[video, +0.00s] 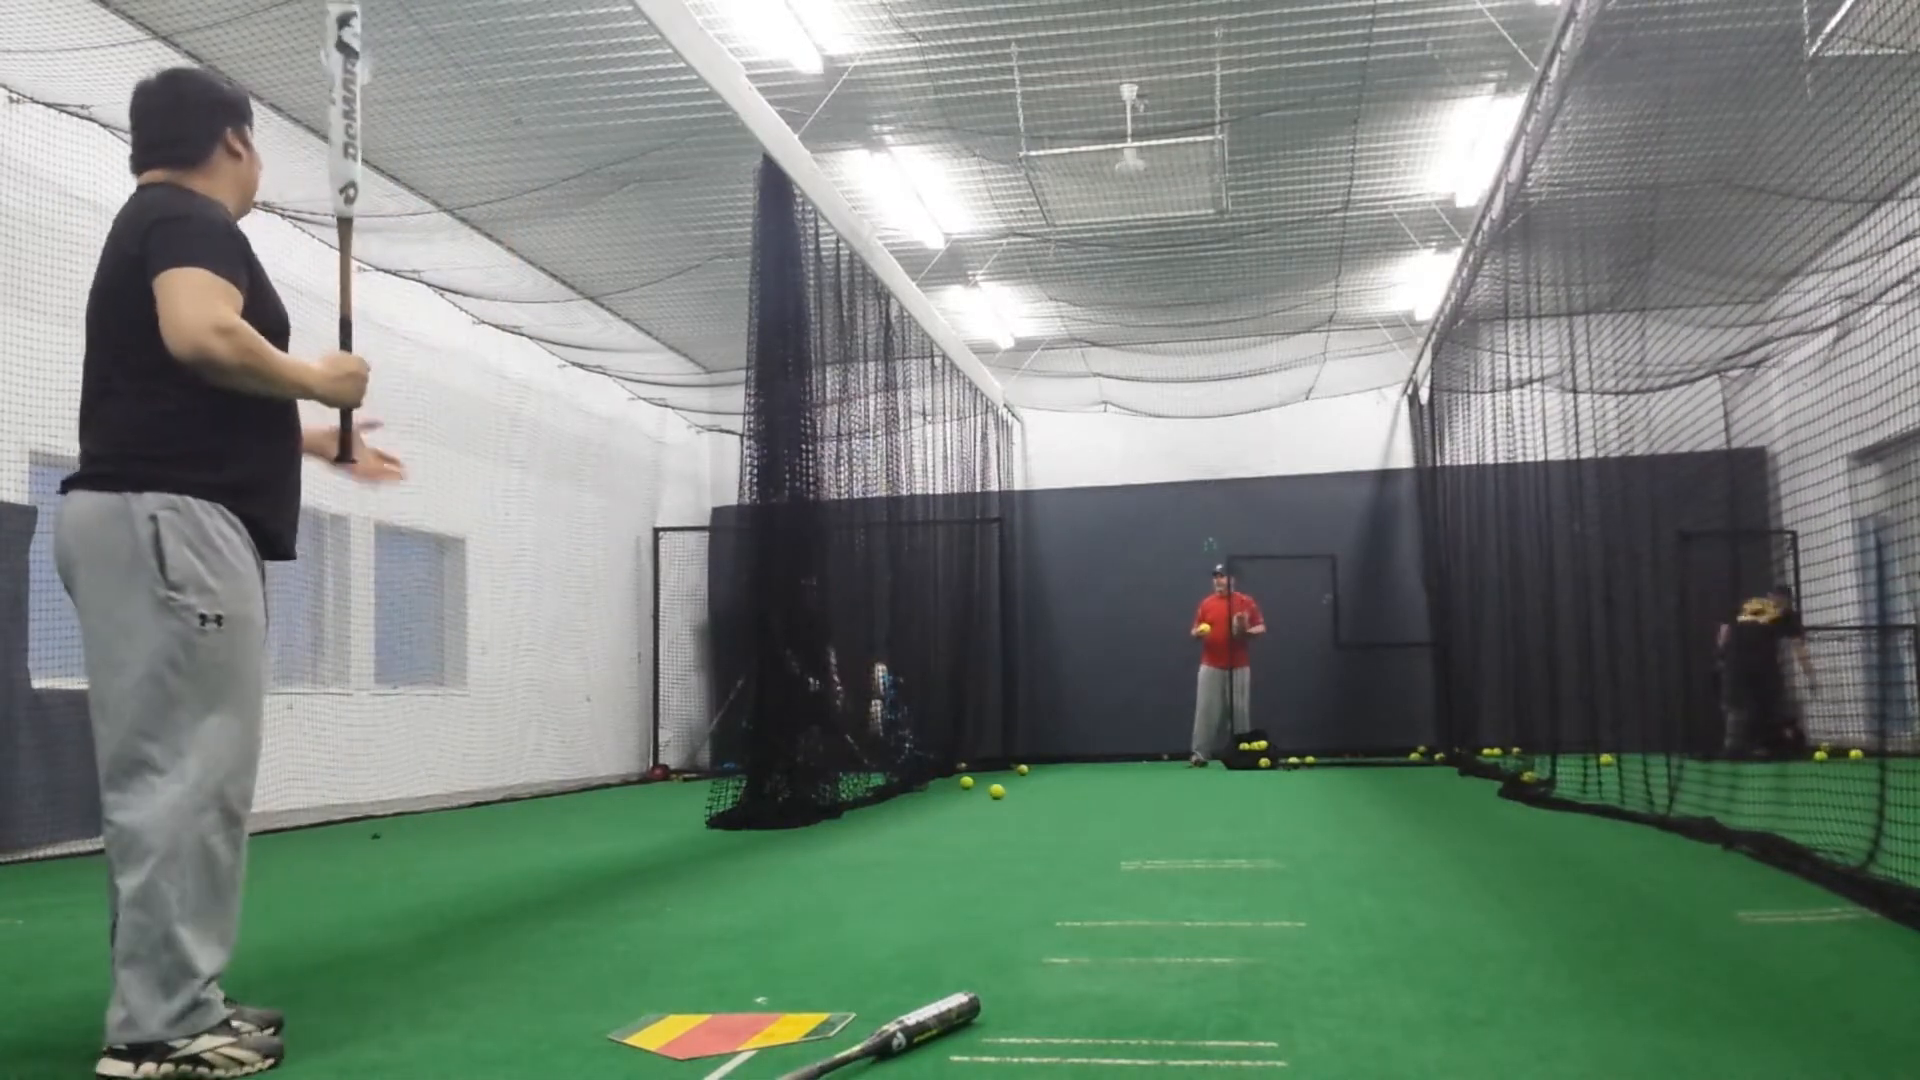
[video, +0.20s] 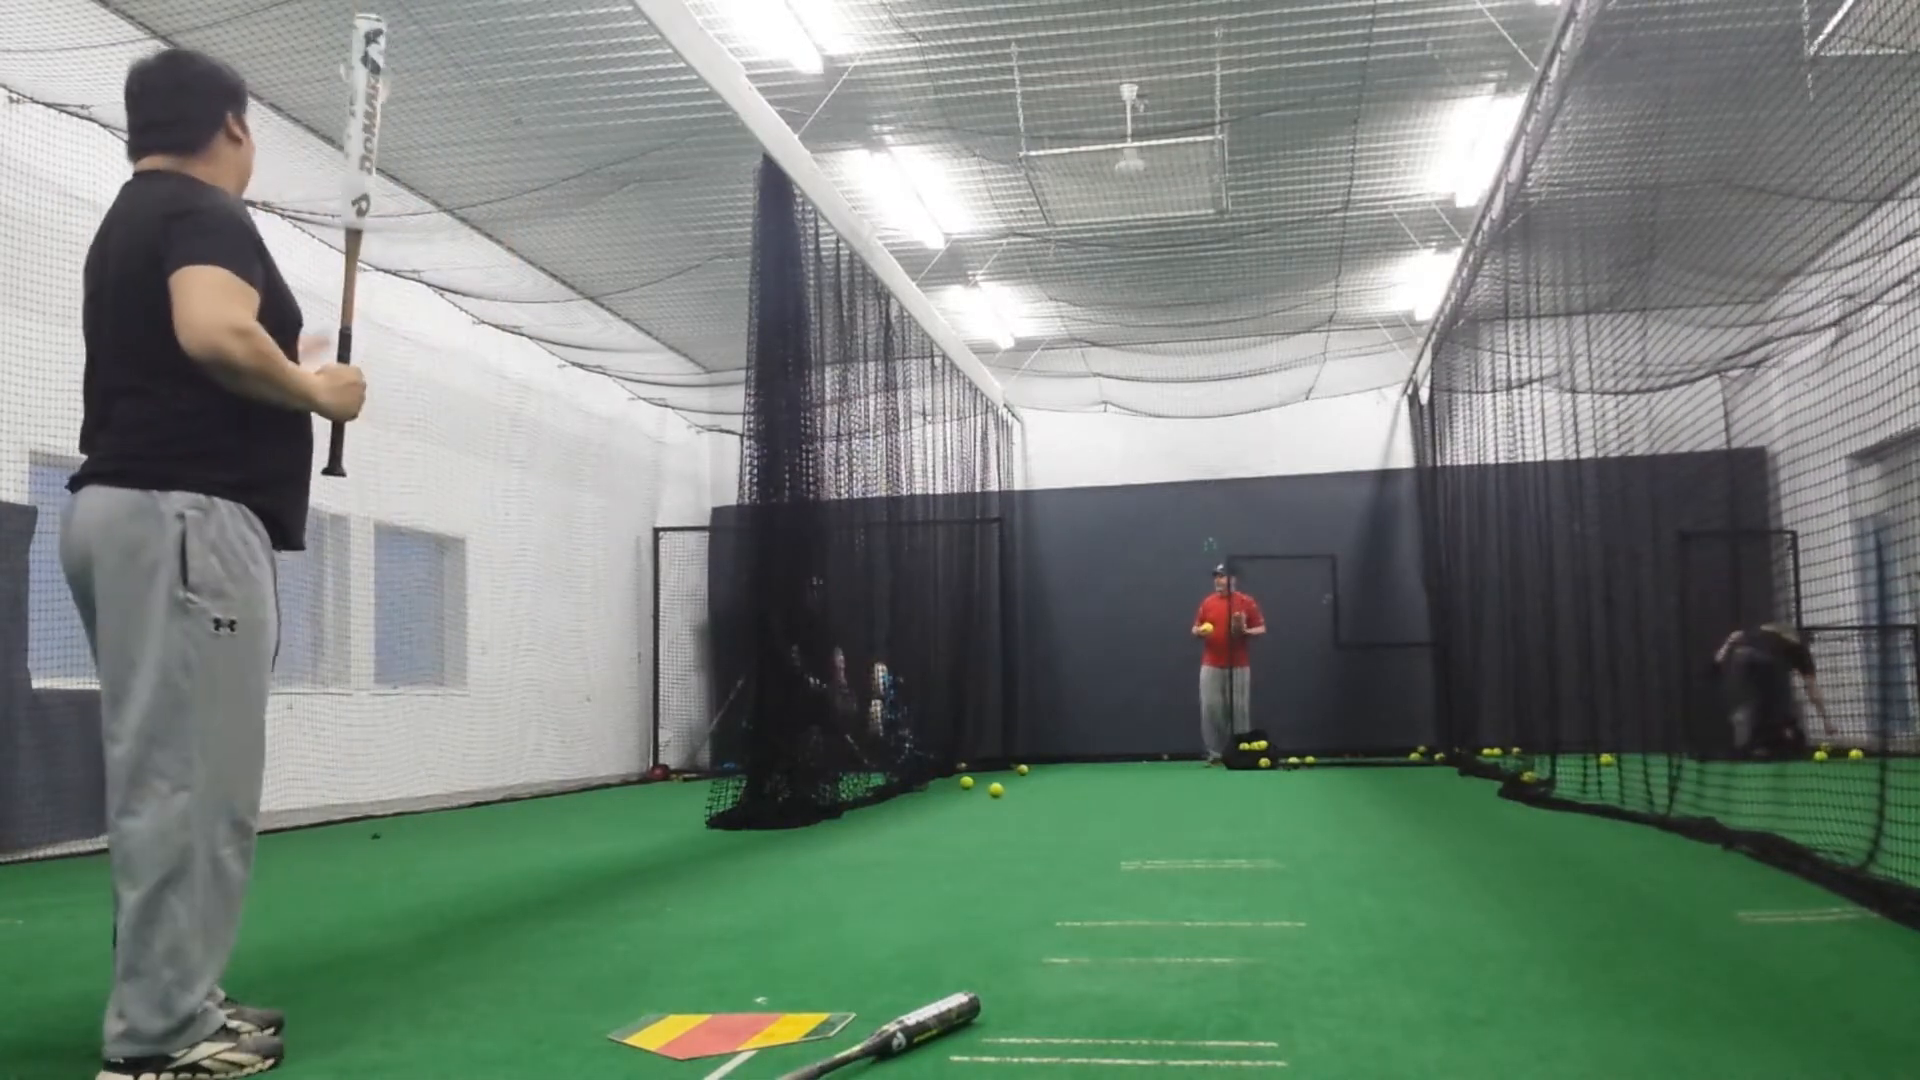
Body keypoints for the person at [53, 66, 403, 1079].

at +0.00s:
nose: (261, 165)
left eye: (254, 147)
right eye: (255, 146)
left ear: (160, 149)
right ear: (230, 142)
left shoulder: (157, 225)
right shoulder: (188, 217)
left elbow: (193, 400)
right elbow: (197, 334)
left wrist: (316, 440)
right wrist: (314, 377)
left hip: (139, 522)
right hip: (167, 526)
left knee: (165, 771)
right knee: (189, 772)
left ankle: (170, 1000)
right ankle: (162, 1020)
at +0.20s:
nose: (254, 149)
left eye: (248, 132)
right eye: (250, 131)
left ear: (151, 136)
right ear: (228, 129)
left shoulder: (131, 218)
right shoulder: (198, 210)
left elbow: (173, 359)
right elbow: (212, 331)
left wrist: (294, 366)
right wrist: (313, 387)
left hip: (128, 517)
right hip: (182, 526)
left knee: (167, 777)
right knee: (192, 784)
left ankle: (172, 998)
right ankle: (158, 1029)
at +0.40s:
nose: (254, 135)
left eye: (249, 118)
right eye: (251, 117)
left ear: (146, 123)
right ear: (229, 115)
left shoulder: (104, 217)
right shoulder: (224, 203)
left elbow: (135, 360)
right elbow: (254, 332)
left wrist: (286, 377)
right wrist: (332, 383)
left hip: (98, 512)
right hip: (186, 519)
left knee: (154, 770)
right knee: (194, 780)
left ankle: (175, 992)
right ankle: (157, 1032)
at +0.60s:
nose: (260, 123)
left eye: (256, 106)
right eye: (257, 106)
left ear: (147, 108)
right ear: (234, 104)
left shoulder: (81, 212)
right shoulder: (247, 203)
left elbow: (52, 370)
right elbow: (290, 337)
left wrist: (106, 444)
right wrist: (344, 385)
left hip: (73, 510)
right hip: (182, 516)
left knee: (132, 769)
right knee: (186, 773)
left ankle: (167, 992)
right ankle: (156, 1033)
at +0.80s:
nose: (259, 116)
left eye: (256, 99)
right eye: (256, 99)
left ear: (139, 100)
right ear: (234, 97)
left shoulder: (60, 200)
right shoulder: (264, 204)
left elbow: (6, 333)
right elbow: (314, 344)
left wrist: (11, 472)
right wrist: (327, 393)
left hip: (56, 507)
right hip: (181, 517)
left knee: (83, 765)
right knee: (179, 773)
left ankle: (84, 1007)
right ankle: (160, 1032)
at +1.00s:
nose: (250, 112)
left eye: (246, 95)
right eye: (247, 95)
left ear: (133, 95)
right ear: (228, 95)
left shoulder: (45, 198)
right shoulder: (267, 209)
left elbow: (6, 348)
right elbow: (336, 362)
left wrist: (28, 445)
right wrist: (293, 405)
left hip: (37, 508)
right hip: (173, 518)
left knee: (41, 773)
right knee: (175, 780)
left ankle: (14, 1008)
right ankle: (163, 1033)